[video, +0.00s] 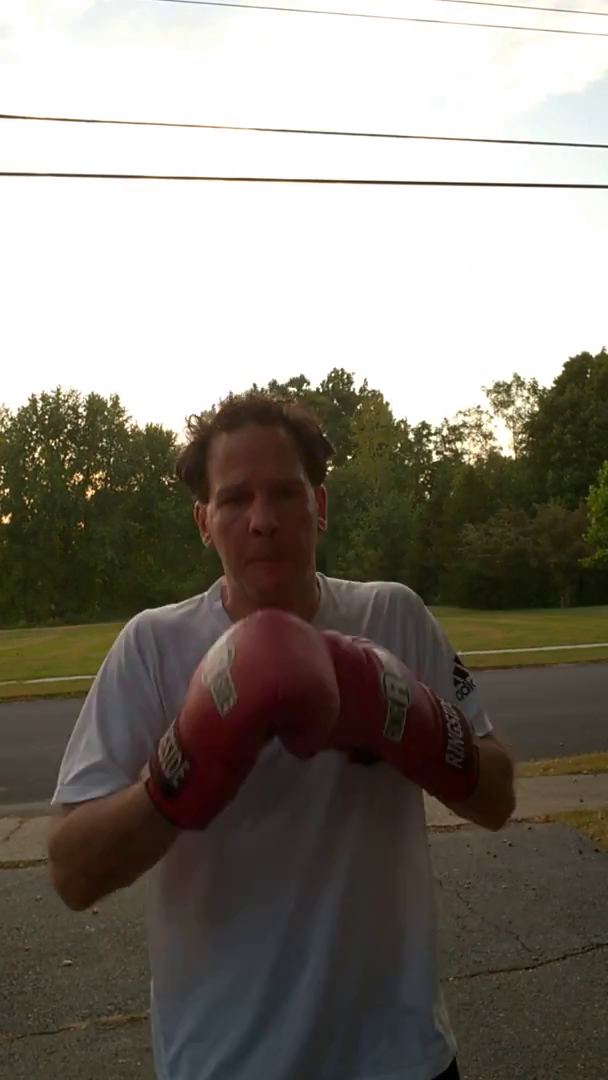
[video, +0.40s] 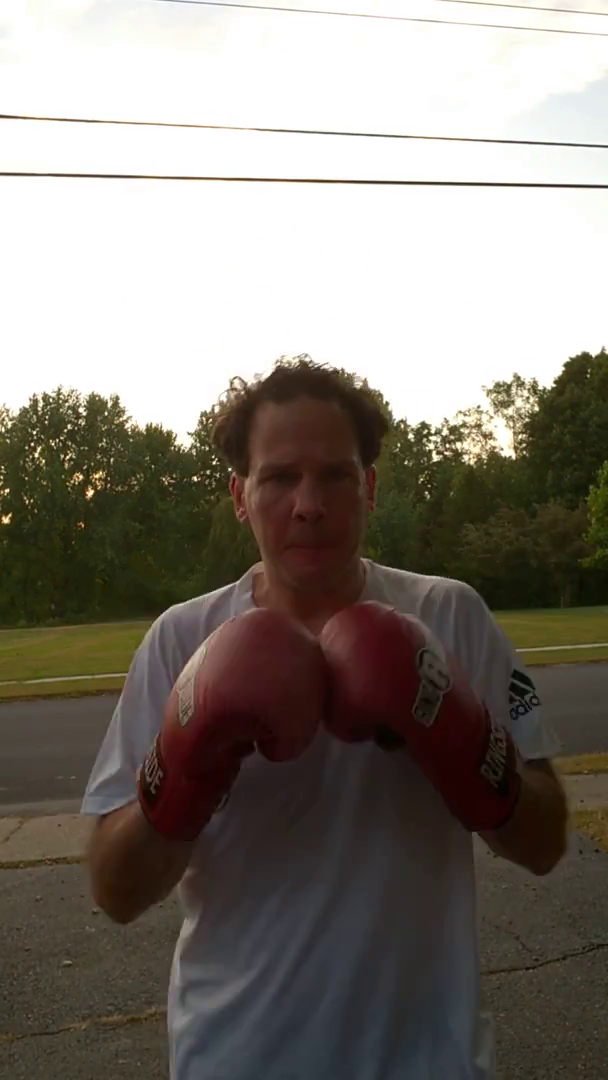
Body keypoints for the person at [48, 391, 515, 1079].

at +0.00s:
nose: (263, 520)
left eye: (284, 494)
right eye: (238, 498)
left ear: (320, 508)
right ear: (205, 522)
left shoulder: (393, 617)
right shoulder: (152, 646)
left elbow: (495, 801)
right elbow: (76, 876)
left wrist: (394, 719)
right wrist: (196, 761)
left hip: (390, 1042)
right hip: (218, 1053)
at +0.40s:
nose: (310, 503)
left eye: (334, 475)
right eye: (282, 477)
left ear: (368, 488)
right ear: (241, 498)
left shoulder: (451, 618)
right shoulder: (182, 640)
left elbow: (542, 845)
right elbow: (117, 895)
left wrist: (437, 721)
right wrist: (191, 764)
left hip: (422, 1046)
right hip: (236, 1051)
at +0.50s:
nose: (348, 485)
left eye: (376, 457)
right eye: (321, 457)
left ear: (412, 475)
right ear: (281, 477)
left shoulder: (475, 608)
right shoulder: (221, 624)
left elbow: (594, 838)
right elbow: (135, 868)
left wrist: (520, 680)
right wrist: (167, 746)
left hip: (439, 1044)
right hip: (253, 1044)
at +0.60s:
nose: (366, 489)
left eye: (394, 460)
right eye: (341, 459)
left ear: (432, 476)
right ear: (300, 475)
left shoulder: (493, 631)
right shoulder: (234, 625)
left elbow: (602, 811)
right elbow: (99, 843)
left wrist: (563, 639)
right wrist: (139, 649)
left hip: (448, 1043)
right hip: (261, 1045)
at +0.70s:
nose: (329, 519)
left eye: (356, 488)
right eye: (303, 491)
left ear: (400, 493)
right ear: (272, 503)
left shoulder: (471, 621)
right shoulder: (243, 607)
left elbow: (597, 832)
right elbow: (130, 711)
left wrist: (525, 668)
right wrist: (129, 519)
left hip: (446, 1040)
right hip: (274, 1042)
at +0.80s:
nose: (269, 531)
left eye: (292, 505)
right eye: (245, 510)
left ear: (351, 509)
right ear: (214, 521)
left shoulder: (460, 629)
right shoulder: (235, 638)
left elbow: (568, 879)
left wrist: (475, 703)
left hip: (429, 1050)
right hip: (269, 1025)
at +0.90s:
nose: (282, 550)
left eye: (308, 515)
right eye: (258, 526)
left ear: (365, 506)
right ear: (240, 529)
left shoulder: (466, 613)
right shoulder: (249, 622)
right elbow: (115, 796)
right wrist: (150, 750)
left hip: (460, 1043)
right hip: (297, 1027)